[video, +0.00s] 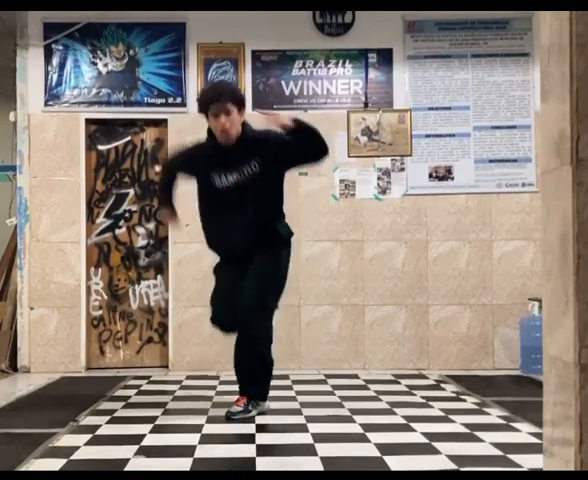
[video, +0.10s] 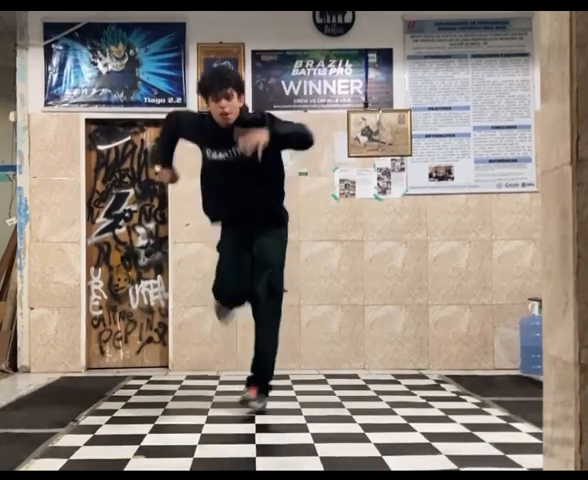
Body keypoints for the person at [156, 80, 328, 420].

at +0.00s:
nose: (223, 122)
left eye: (228, 113)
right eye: (215, 116)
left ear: (241, 113)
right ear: (207, 120)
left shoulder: (268, 144)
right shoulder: (202, 155)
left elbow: (317, 150)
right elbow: (170, 168)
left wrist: (293, 126)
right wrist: (166, 204)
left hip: (270, 248)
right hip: (231, 254)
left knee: (256, 319)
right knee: (224, 319)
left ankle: (252, 395)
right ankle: (259, 300)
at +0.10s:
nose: (224, 106)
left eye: (229, 98)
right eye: (216, 100)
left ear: (241, 97)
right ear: (206, 103)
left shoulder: (261, 123)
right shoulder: (203, 127)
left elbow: (305, 137)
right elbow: (174, 121)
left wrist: (270, 135)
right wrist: (163, 162)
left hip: (269, 224)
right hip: (233, 225)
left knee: (267, 301)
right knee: (230, 294)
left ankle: (259, 384)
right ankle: (226, 300)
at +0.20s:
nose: (229, 101)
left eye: (234, 93)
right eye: (222, 94)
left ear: (246, 93)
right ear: (211, 97)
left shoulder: (259, 128)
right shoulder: (203, 122)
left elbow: (279, 166)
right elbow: (189, 150)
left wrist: (271, 192)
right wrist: (188, 179)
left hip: (265, 222)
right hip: (228, 221)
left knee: (272, 293)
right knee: (234, 286)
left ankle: (269, 370)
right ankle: (246, 357)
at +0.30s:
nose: (235, 115)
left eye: (241, 107)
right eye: (228, 107)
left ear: (251, 109)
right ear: (217, 110)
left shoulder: (255, 154)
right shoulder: (210, 146)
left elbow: (261, 209)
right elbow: (207, 190)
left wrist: (270, 256)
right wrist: (208, 224)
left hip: (255, 235)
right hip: (222, 237)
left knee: (268, 306)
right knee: (238, 300)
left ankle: (273, 374)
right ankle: (253, 367)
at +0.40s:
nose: (228, 125)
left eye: (234, 117)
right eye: (219, 117)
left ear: (243, 117)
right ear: (208, 117)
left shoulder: (249, 161)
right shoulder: (203, 145)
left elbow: (262, 214)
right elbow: (207, 188)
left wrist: (258, 259)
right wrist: (197, 216)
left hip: (244, 245)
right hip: (212, 241)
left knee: (256, 303)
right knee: (226, 300)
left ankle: (271, 373)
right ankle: (248, 369)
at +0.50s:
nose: (203, 128)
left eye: (208, 121)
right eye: (199, 122)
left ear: (223, 113)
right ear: (193, 117)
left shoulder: (244, 145)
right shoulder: (189, 134)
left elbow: (267, 181)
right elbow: (179, 157)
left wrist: (253, 215)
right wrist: (174, 180)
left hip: (233, 231)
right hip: (198, 226)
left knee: (240, 295)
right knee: (195, 274)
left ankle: (259, 369)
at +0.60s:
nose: (187, 138)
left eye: (191, 131)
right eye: (182, 132)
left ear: (207, 121)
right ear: (175, 127)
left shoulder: (235, 138)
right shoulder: (171, 146)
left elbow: (261, 156)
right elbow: (157, 171)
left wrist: (246, 185)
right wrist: (158, 195)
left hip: (224, 228)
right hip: (188, 224)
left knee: (211, 290)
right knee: (170, 283)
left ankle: (218, 357)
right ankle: (163, 343)